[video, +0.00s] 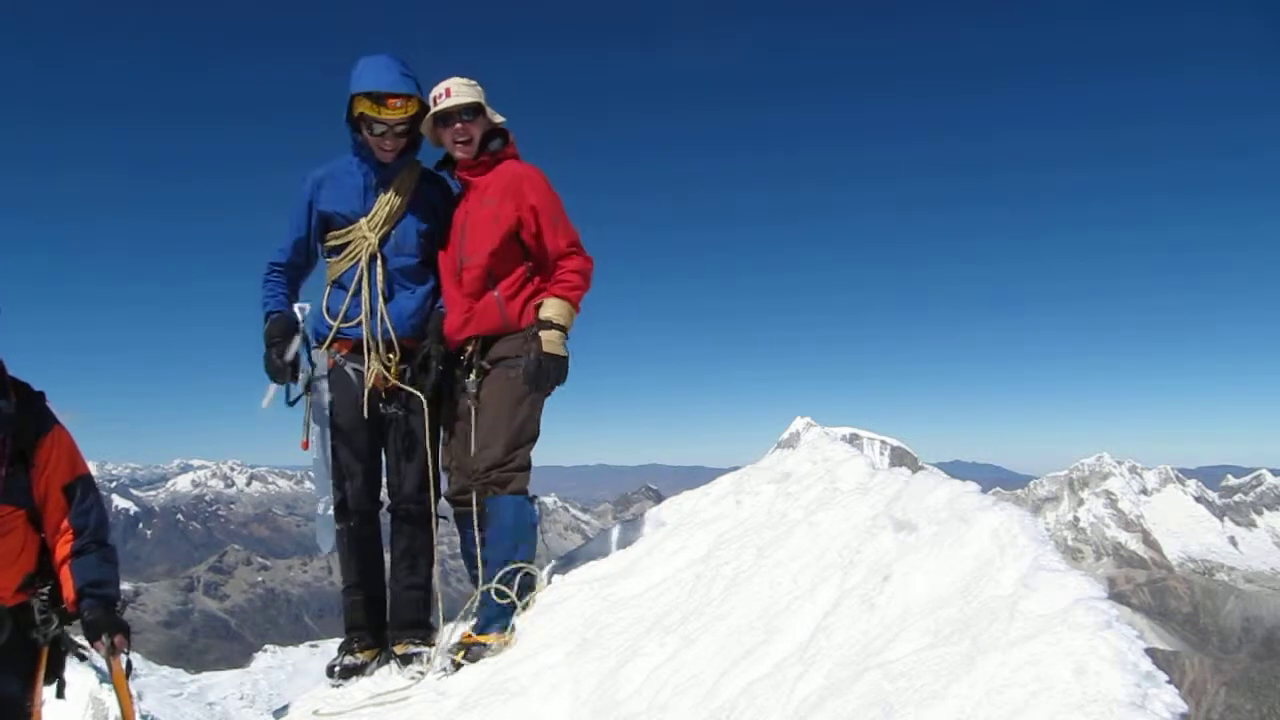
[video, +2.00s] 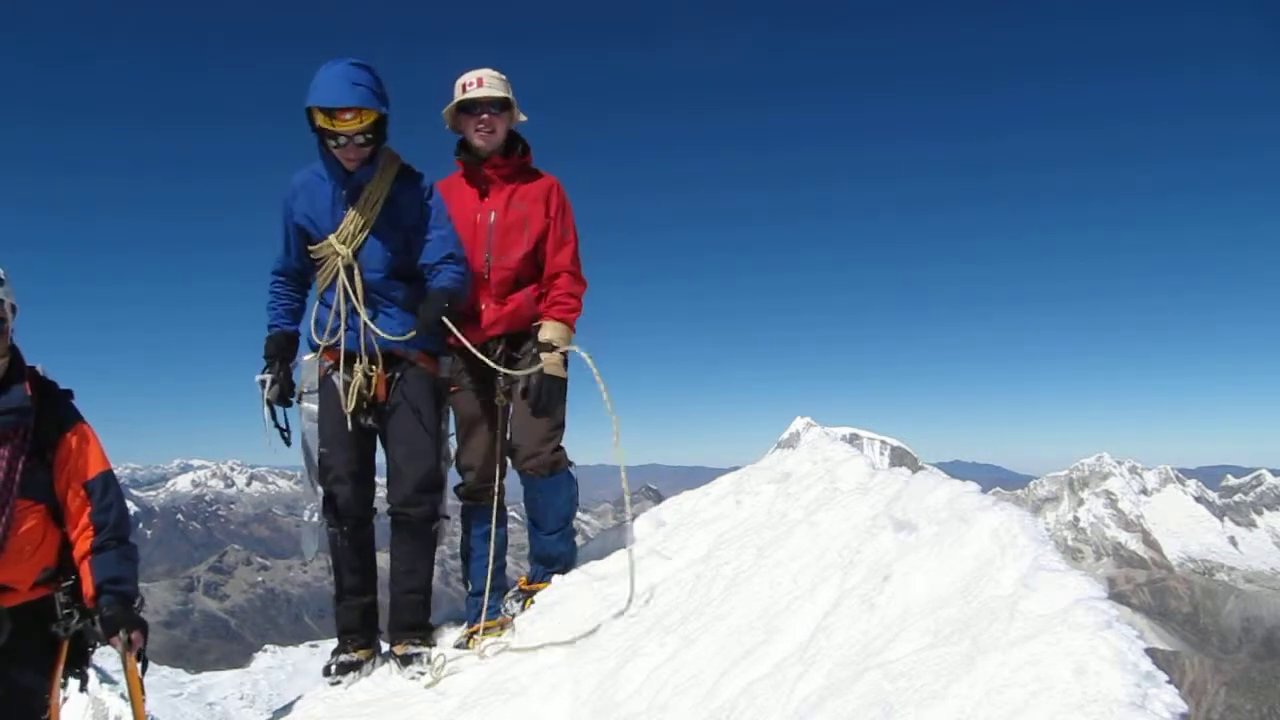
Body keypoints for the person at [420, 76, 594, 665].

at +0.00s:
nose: (459, 129)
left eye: (468, 117)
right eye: (447, 122)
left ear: (487, 120)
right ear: (437, 133)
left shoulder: (521, 179)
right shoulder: (451, 199)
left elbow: (572, 260)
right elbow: (444, 280)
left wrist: (553, 327)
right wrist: (439, 351)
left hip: (517, 342)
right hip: (464, 352)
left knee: (498, 466)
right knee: (463, 473)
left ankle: (507, 597)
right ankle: (487, 594)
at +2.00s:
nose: (484, 120)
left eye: (493, 110)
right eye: (472, 112)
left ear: (512, 118)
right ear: (458, 124)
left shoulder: (544, 190)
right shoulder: (442, 196)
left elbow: (564, 272)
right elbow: (428, 272)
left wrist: (555, 338)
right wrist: (427, 352)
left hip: (529, 340)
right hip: (464, 345)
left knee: (537, 453)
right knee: (478, 468)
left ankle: (550, 572)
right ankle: (483, 600)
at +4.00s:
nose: (503, 128)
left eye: (514, 119)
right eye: (491, 119)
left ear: (528, 129)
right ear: (474, 128)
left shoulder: (551, 206)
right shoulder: (448, 202)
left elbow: (571, 290)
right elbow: (428, 283)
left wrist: (570, 360)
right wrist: (416, 355)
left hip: (535, 352)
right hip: (467, 354)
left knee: (540, 465)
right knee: (478, 476)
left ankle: (544, 586)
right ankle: (486, 603)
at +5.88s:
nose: (499, 126)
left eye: (510, 117)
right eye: (488, 117)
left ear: (526, 128)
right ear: (471, 126)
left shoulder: (554, 208)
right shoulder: (444, 202)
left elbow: (579, 282)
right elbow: (421, 277)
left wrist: (565, 287)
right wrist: (426, 363)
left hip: (533, 351)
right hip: (464, 355)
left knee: (536, 468)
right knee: (474, 479)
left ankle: (542, 589)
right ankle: (485, 604)